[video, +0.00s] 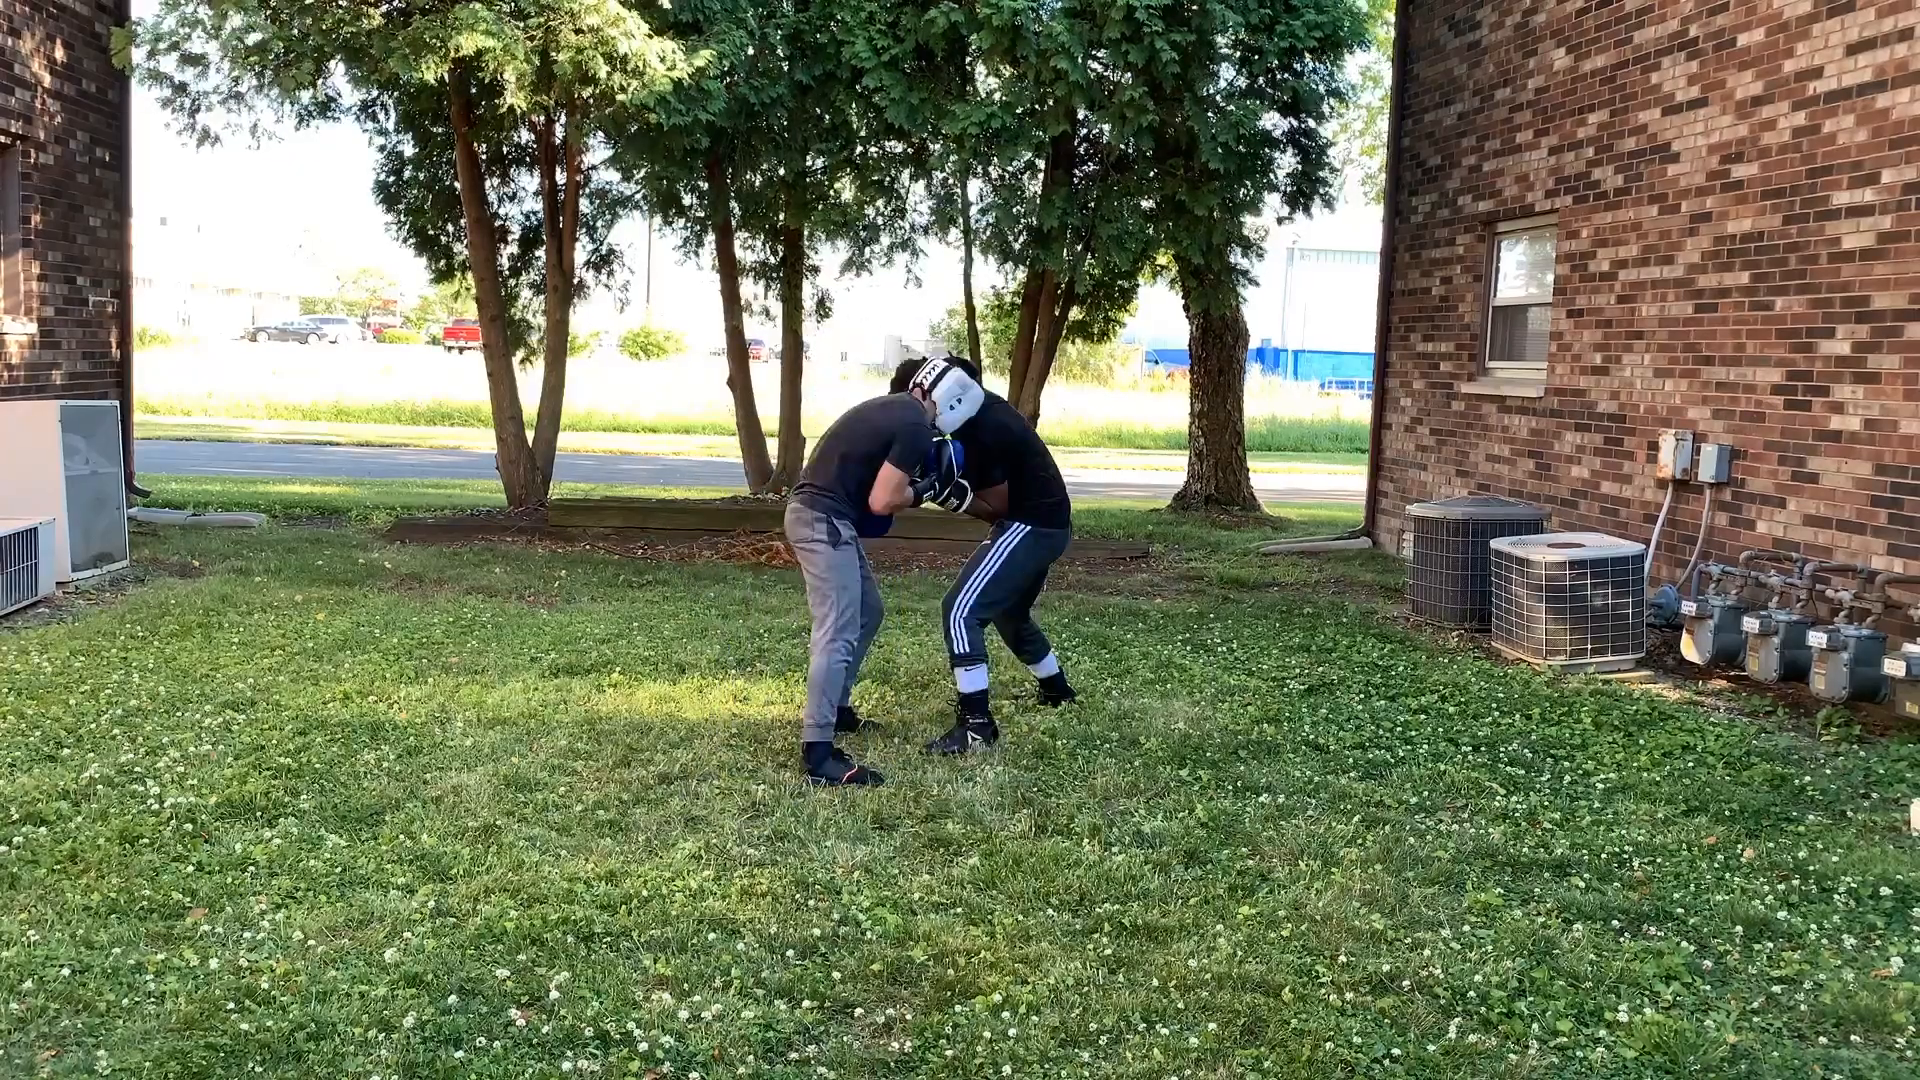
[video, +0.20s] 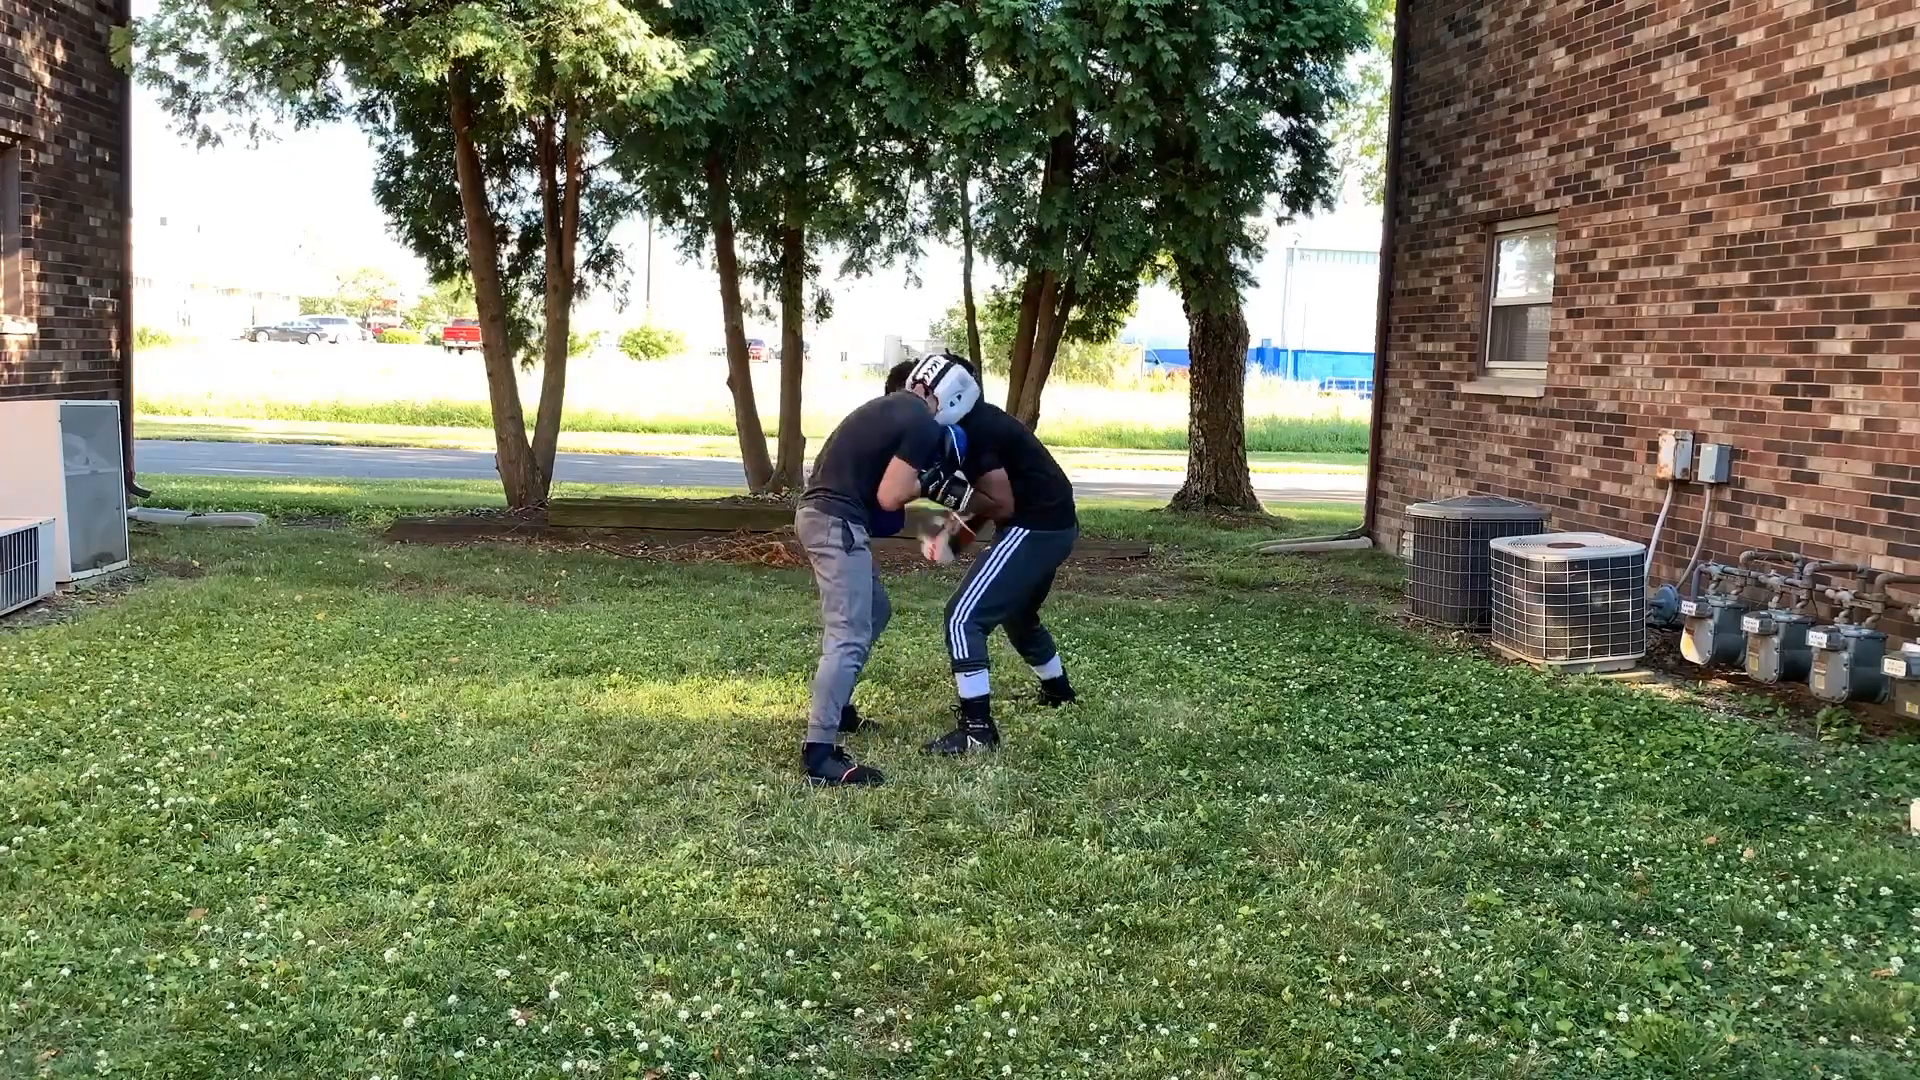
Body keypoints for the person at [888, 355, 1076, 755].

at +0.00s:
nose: (926, 417)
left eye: (926, 406)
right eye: (922, 408)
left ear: (945, 398)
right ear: (962, 391)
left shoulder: (984, 428)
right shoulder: (990, 415)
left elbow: (1000, 505)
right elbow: (991, 496)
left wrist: (955, 496)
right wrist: (950, 490)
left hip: (1029, 525)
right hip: (1044, 523)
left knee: (960, 609)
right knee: (1008, 613)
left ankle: (976, 725)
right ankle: (1056, 689)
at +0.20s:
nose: (915, 409)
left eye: (919, 398)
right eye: (912, 398)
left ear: (941, 396)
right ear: (958, 393)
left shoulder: (972, 429)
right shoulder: (975, 422)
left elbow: (1003, 504)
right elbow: (978, 498)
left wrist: (957, 500)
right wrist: (951, 539)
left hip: (1031, 528)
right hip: (1054, 525)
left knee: (962, 617)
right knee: (1018, 615)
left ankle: (977, 728)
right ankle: (1058, 691)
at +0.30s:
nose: (949, 416)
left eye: (953, 408)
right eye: (951, 406)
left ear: (917, 384)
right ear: (936, 392)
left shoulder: (893, 408)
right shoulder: (915, 415)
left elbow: (883, 487)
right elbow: (890, 490)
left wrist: (926, 473)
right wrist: (923, 476)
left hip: (849, 526)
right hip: (833, 524)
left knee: (886, 614)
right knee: (847, 637)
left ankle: (839, 708)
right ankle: (817, 752)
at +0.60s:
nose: (937, 409)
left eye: (941, 400)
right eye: (938, 398)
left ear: (899, 377)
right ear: (922, 388)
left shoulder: (866, 399)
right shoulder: (908, 422)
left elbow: (852, 466)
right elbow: (879, 502)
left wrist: (907, 486)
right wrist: (904, 524)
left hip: (793, 509)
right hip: (819, 520)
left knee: (840, 618)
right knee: (846, 639)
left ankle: (833, 707)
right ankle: (817, 752)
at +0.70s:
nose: (928, 400)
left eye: (930, 392)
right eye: (929, 391)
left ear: (889, 363)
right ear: (920, 384)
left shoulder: (837, 371)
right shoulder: (912, 426)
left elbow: (793, 427)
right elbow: (896, 497)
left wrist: (829, 458)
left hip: (783, 516)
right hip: (828, 526)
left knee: (815, 621)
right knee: (847, 632)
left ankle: (832, 710)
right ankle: (823, 752)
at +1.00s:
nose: (903, 397)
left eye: (908, 388)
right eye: (902, 386)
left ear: (864, 368)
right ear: (879, 379)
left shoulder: (835, 381)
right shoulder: (850, 426)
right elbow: (854, 504)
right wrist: (875, 467)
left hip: (770, 502)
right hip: (782, 514)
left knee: (803, 618)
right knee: (811, 628)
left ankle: (786, 712)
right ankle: (816, 751)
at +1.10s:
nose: (883, 381)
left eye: (888, 373)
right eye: (878, 371)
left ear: (851, 361)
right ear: (855, 365)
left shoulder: (846, 393)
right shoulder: (820, 409)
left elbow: (850, 467)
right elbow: (832, 492)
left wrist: (867, 443)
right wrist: (870, 452)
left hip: (794, 510)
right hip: (764, 509)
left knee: (811, 615)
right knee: (787, 619)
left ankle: (786, 715)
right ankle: (780, 737)